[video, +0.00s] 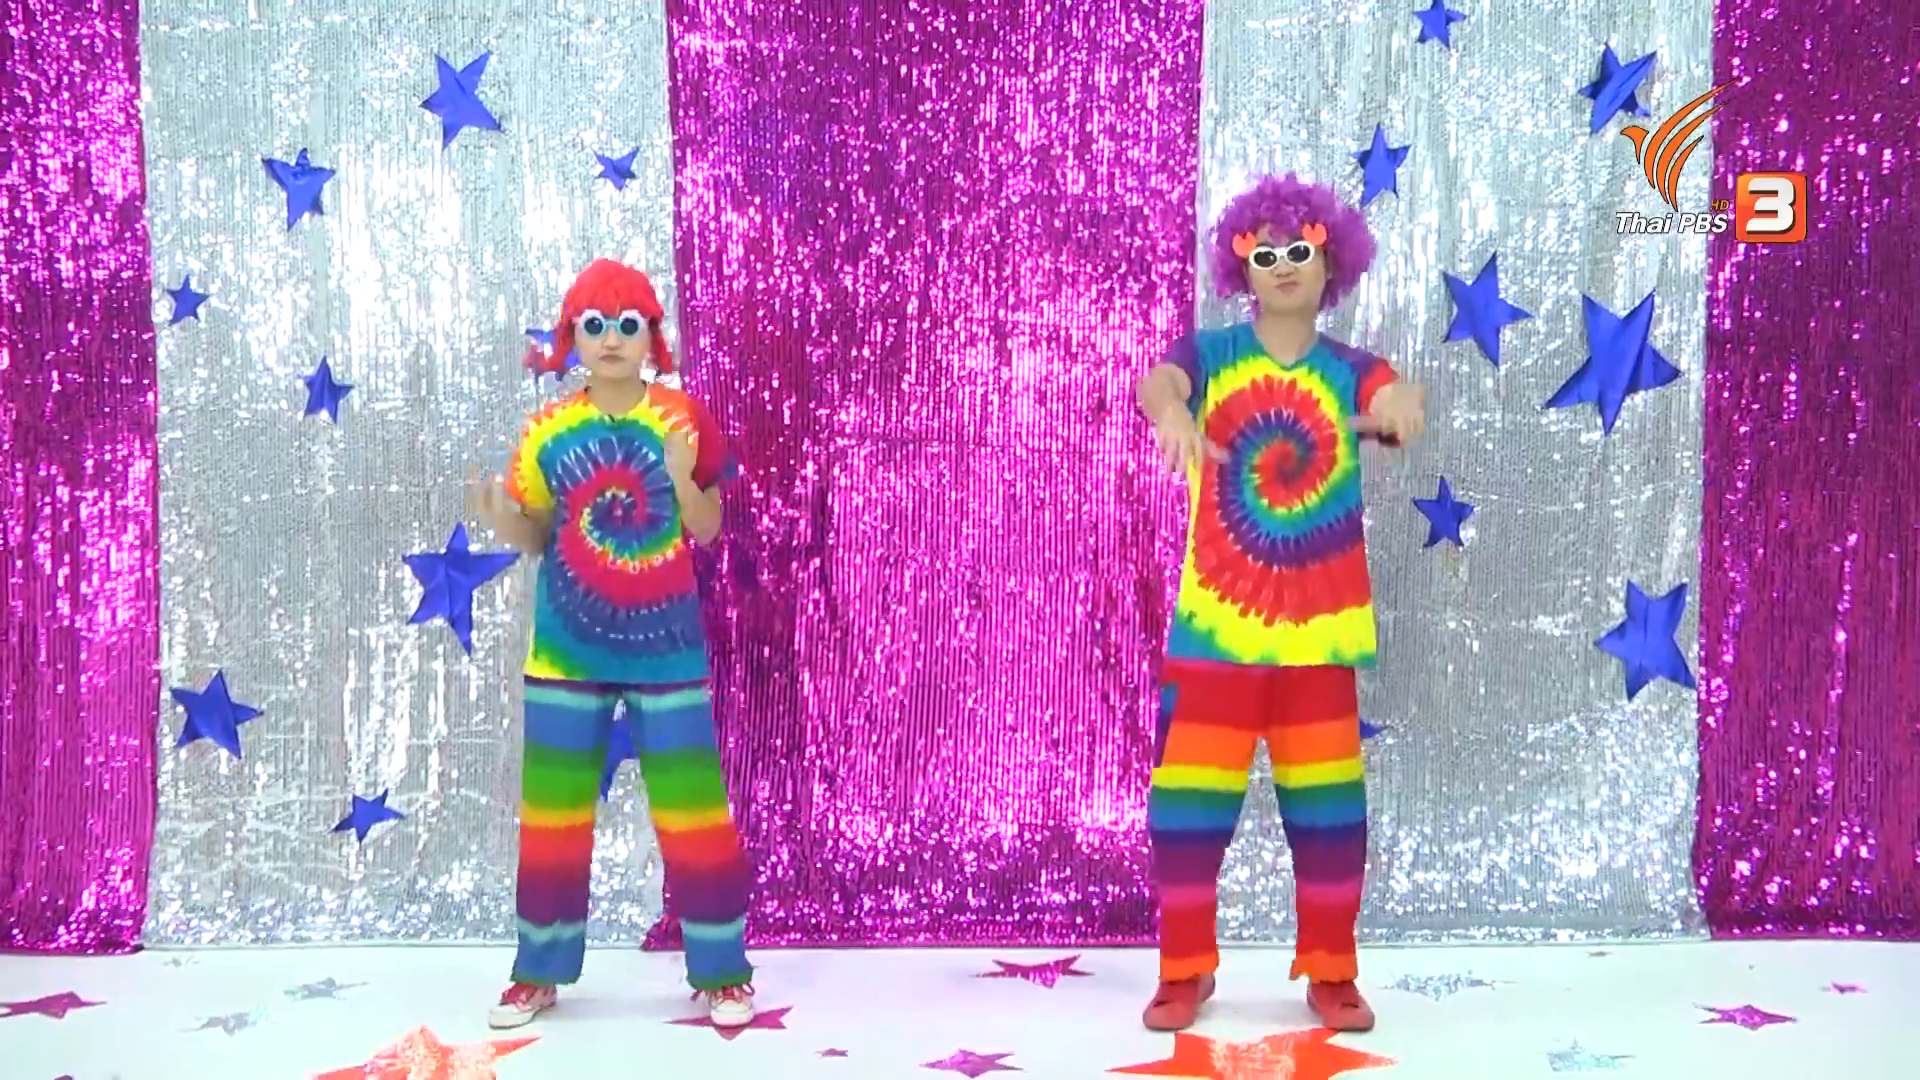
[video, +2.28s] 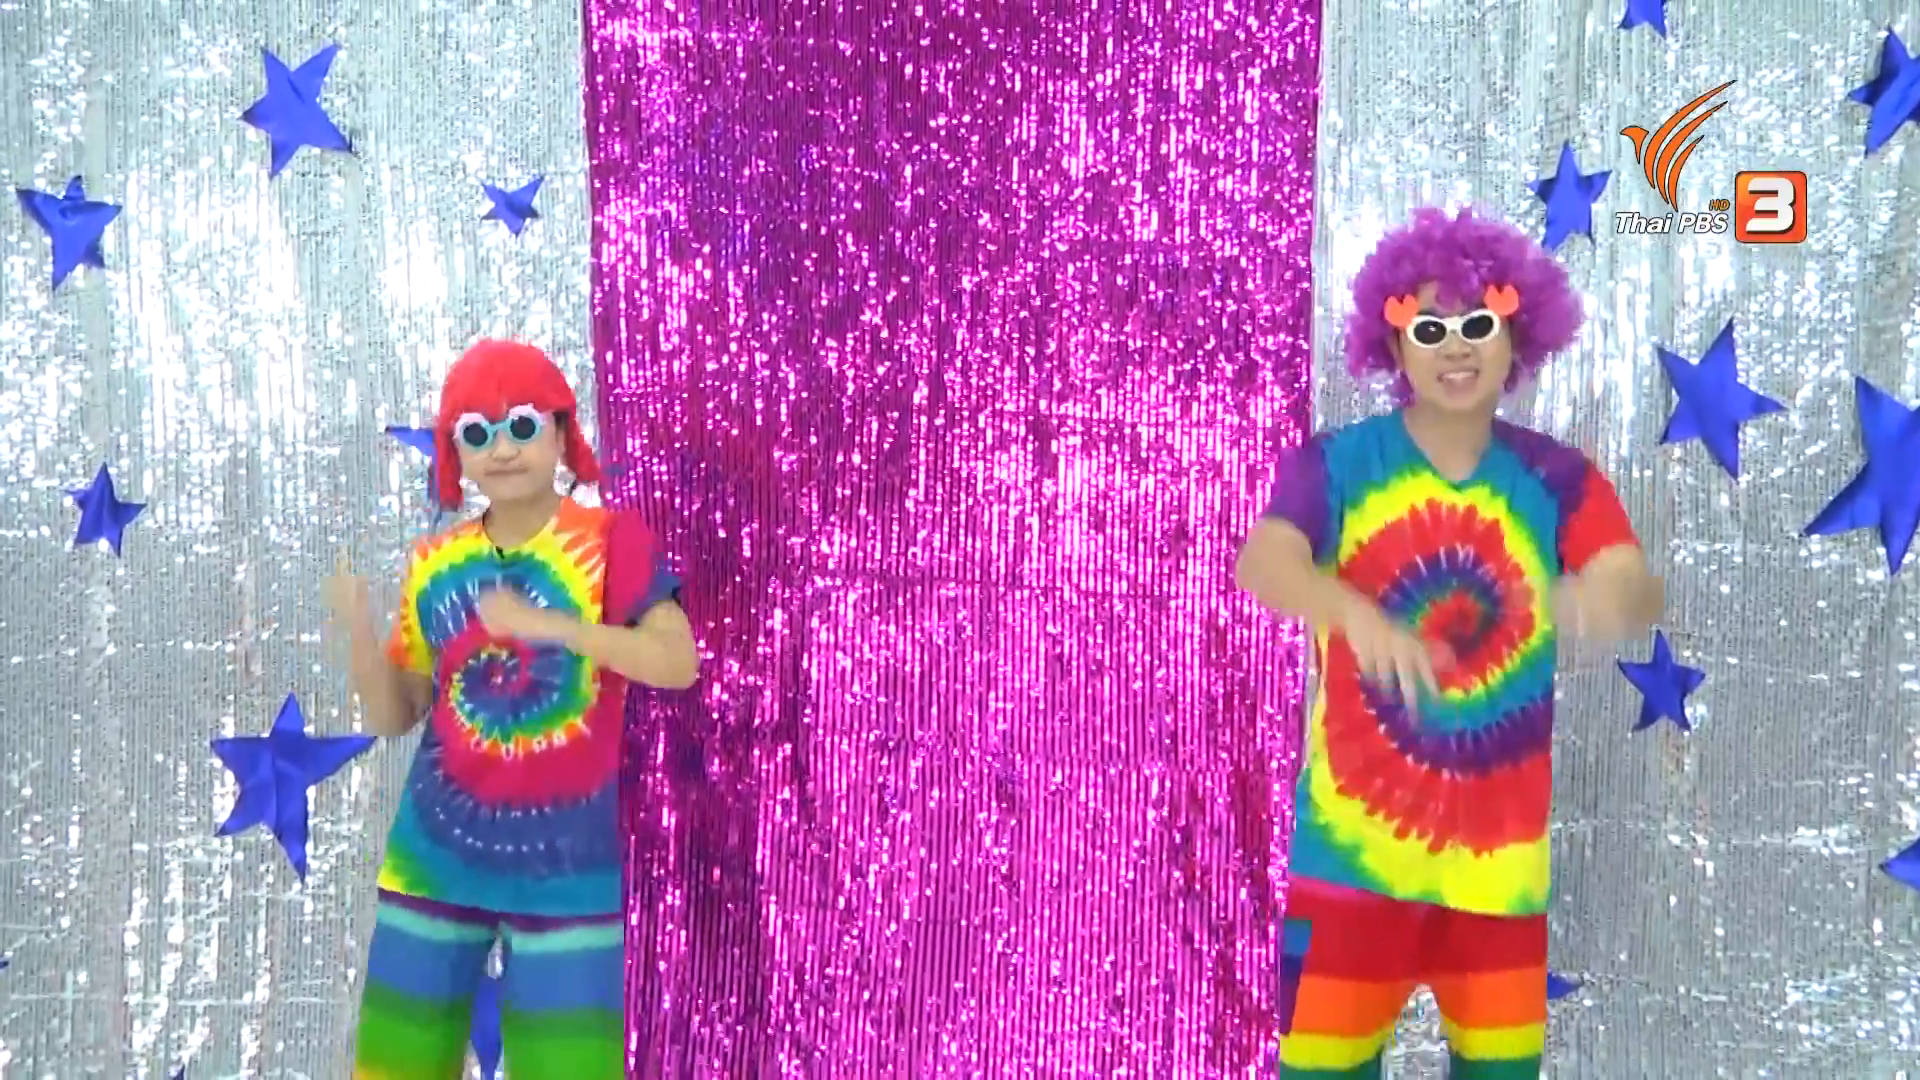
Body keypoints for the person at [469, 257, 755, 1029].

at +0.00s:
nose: (612, 339)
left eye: (629, 324)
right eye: (595, 325)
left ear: (652, 338)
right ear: (573, 339)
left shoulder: (682, 417)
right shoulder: (550, 428)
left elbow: (707, 529)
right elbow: (535, 535)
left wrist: (682, 475)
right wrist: (502, 511)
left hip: (669, 650)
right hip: (567, 650)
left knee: (695, 812)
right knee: (550, 812)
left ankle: (721, 974)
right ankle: (539, 972)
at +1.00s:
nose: (543, 351)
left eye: (561, 331)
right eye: (523, 336)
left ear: (595, 340)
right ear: (504, 353)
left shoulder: (644, 430)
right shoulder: (484, 452)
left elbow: (719, 526)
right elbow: (452, 578)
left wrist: (622, 460)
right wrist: (405, 489)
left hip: (612, 708)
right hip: (492, 708)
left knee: (642, 916)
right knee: (477, 917)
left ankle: (677, 1071)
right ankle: (477, 1072)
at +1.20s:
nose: (530, 371)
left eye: (550, 352)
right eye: (510, 355)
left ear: (582, 362)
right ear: (487, 371)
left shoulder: (636, 456)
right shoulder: (460, 478)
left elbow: (721, 553)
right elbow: (444, 613)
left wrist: (613, 548)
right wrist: (378, 574)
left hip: (593, 756)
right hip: (466, 749)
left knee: (609, 963)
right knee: (443, 960)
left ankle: (643, 1073)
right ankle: (445, 1071)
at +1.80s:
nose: (522, 410)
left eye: (542, 389)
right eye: (497, 393)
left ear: (572, 403)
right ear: (468, 411)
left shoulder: (612, 512)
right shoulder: (419, 518)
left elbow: (656, 657)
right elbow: (339, 644)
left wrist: (607, 637)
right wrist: (408, 674)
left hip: (598, 808)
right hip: (465, 814)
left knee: (637, 1033)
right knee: (445, 1042)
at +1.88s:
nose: (510, 414)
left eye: (529, 389)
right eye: (484, 400)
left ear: (562, 398)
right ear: (460, 421)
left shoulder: (613, 510)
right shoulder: (419, 525)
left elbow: (659, 646)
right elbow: (330, 636)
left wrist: (564, 652)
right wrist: (316, 704)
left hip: (585, 826)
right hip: (449, 828)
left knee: (631, 1054)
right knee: (421, 1056)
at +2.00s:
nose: (496, 431)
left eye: (513, 405)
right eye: (470, 421)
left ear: (553, 407)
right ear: (453, 445)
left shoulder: (611, 517)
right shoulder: (429, 541)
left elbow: (659, 626)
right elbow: (335, 650)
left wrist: (532, 596)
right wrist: (285, 615)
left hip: (567, 838)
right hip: (430, 836)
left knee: (596, 1051)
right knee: (410, 1049)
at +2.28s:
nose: (501, 449)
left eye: (522, 426)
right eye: (477, 432)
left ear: (562, 436)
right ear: (456, 453)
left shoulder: (613, 537)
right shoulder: (432, 559)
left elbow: (676, 662)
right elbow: (394, 714)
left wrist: (545, 625)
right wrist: (363, 637)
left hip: (568, 868)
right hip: (433, 864)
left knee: (565, 1067)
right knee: (396, 1064)